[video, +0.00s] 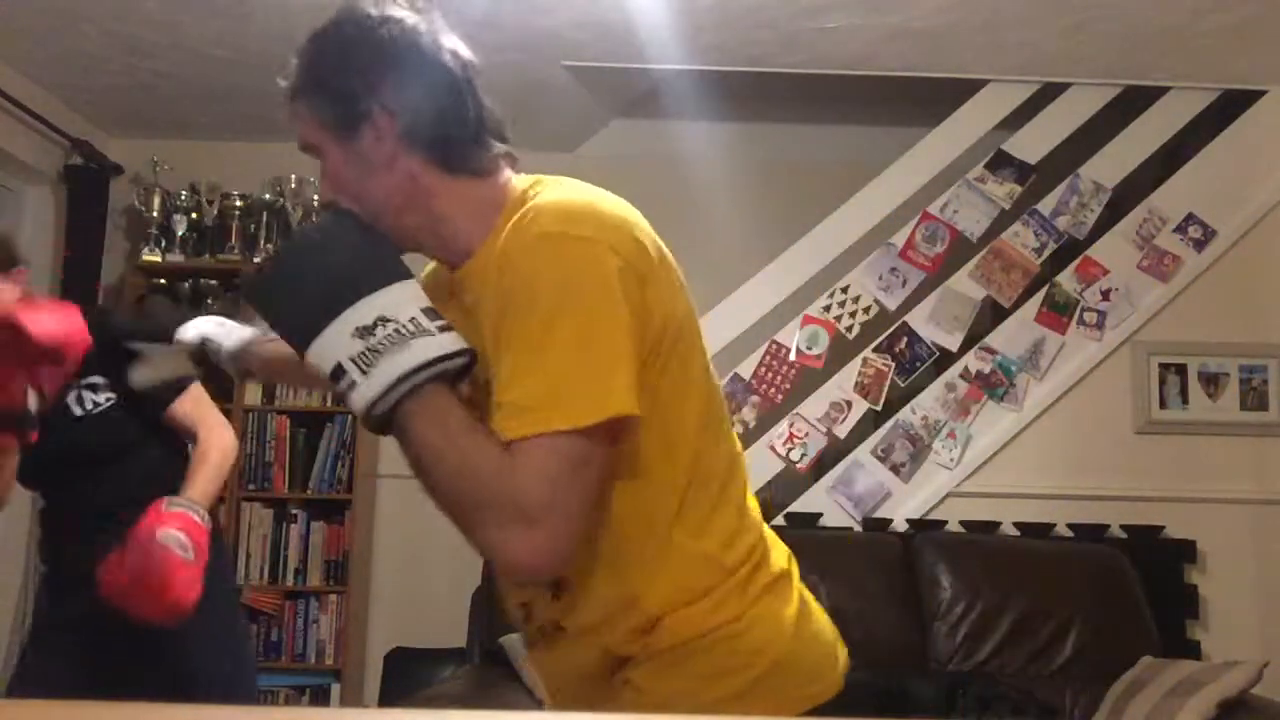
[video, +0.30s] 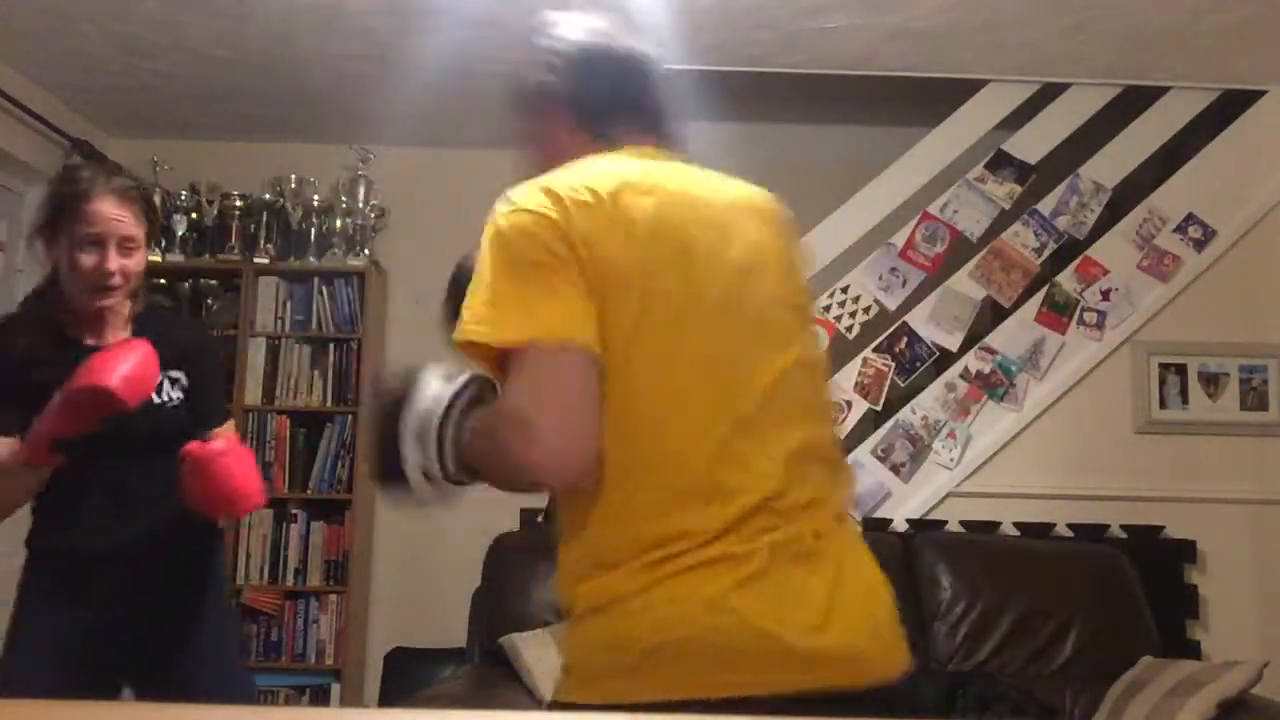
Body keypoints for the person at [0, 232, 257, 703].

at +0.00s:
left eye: (1, 286)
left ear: (19, 280)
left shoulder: (108, 340)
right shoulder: (13, 379)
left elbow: (218, 435)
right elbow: (5, 493)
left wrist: (186, 518)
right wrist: (14, 406)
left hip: (172, 559)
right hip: (72, 578)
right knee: (44, 705)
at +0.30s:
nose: (110, 266)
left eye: (128, 246)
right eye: (90, 245)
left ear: (148, 251)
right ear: (53, 247)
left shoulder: (182, 341)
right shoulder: (19, 345)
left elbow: (222, 438)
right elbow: (5, 495)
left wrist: (229, 474)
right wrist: (55, 426)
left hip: (182, 595)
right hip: (65, 597)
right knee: (33, 709)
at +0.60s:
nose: (219, 301)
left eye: (236, 286)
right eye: (201, 280)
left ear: (250, 289)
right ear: (157, 275)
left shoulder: (256, 356)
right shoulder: (102, 350)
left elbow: (341, 469)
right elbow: (50, 511)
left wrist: (382, 395)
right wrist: (118, 411)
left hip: (226, 633)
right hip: (109, 635)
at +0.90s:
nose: (298, 340)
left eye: (305, 322)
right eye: (291, 317)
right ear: (239, 296)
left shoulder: (254, 400)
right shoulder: (123, 349)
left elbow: (274, 532)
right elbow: (241, 397)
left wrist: (333, 499)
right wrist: (235, 265)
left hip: (192, 641)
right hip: (90, 639)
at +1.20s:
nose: (333, 370)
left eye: (337, 358)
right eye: (327, 353)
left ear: (284, 342)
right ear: (285, 339)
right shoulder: (216, 387)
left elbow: (214, 585)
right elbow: (306, 486)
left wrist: (287, 572)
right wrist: (342, 384)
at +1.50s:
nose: (77, 320)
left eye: (91, 299)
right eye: (59, 304)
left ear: (126, 306)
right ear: (35, 317)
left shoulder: (189, 378)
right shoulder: (22, 404)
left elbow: (270, 499)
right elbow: (57, 527)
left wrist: (254, 553)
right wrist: (138, 438)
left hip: (213, 669)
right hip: (93, 670)